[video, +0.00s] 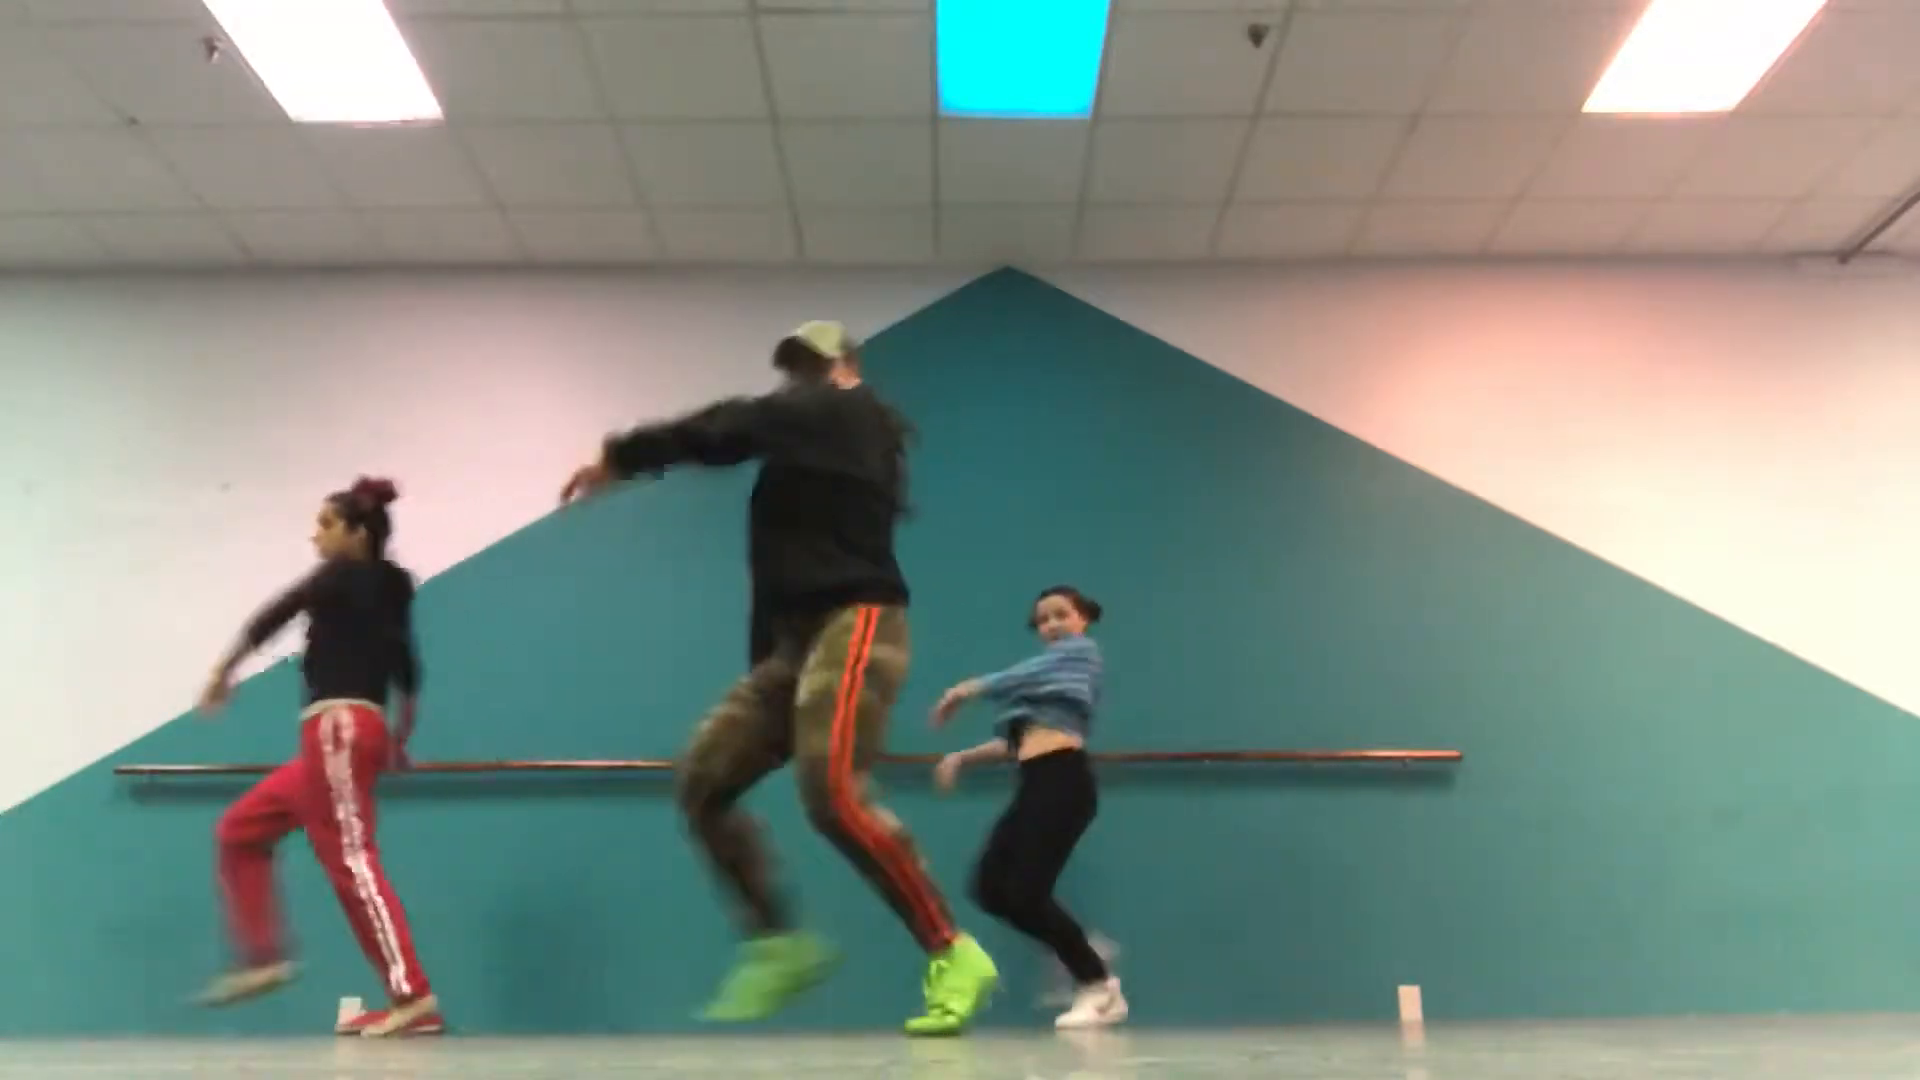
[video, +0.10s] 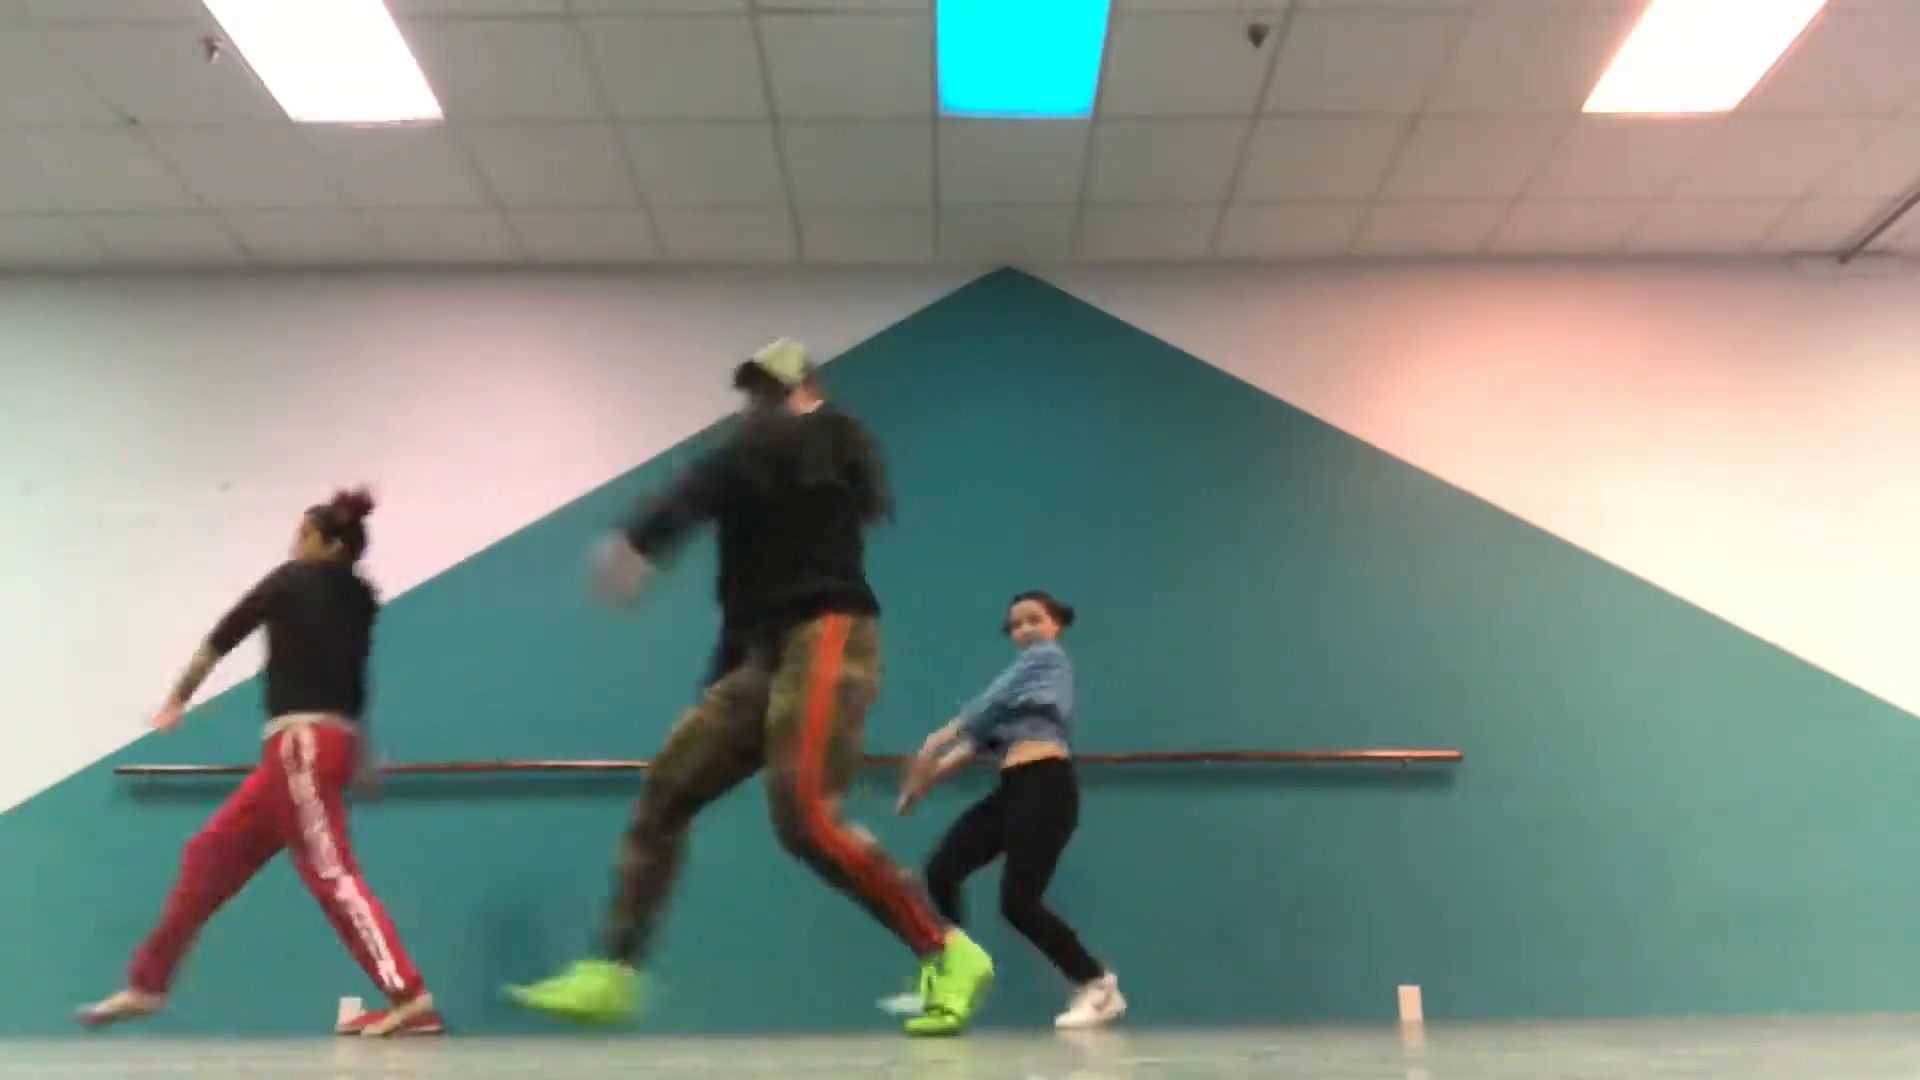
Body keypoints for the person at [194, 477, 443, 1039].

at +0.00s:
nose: (316, 535)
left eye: (325, 526)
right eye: (318, 525)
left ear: (357, 531)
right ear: (365, 534)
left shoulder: (336, 574)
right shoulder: (392, 584)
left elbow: (275, 615)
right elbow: (406, 664)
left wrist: (226, 669)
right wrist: (401, 733)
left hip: (337, 727)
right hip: (362, 730)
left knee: (350, 859)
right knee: (241, 829)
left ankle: (411, 997)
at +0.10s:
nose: (296, 544)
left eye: (303, 536)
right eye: (300, 535)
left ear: (322, 541)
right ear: (346, 546)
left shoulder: (295, 578)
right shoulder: (360, 593)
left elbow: (225, 635)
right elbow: (353, 674)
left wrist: (178, 697)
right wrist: (356, 745)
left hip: (300, 739)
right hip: (332, 738)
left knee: (328, 868)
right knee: (210, 855)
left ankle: (408, 996)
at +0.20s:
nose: (262, 576)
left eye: (271, 570)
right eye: (270, 567)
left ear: (280, 578)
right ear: (311, 587)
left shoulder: (243, 620)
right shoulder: (314, 634)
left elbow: (188, 689)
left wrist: (174, 758)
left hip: (269, 782)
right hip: (253, 786)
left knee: (290, 901)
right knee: (159, 872)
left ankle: (400, 994)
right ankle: (145, 1016)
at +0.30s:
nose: (200, 599)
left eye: (211, 592)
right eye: (205, 590)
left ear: (234, 603)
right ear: (237, 606)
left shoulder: (241, 645)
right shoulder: (231, 655)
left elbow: (253, 718)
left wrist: (251, 787)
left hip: (250, 806)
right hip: (221, 809)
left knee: (275, 933)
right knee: (117, 884)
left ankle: (400, 990)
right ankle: (141, 1015)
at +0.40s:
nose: (165, 597)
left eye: (175, 586)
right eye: (164, 587)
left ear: (210, 592)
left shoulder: (257, 639)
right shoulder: (188, 668)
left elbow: (313, 705)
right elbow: (156, 743)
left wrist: (299, 782)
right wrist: (112, 804)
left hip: (254, 800)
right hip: (198, 800)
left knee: (261, 911)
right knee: (108, 886)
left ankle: (391, 984)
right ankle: (141, 1016)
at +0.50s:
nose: (184, 579)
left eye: (194, 566)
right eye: (179, 567)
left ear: (227, 563)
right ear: (178, 570)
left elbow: (327, 684)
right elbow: (181, 716)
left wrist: (313, 745)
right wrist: (189, 775)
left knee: (282, 879)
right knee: (121, 874)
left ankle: (290, 995)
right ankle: (139, 1012)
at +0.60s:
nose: (227, 554)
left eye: (238, 542)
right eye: (221, 543)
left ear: (267, 543)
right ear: (214, 544)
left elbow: (326, 669)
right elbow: (208, 687)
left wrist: (317, 718)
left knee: (286, 882)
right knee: (145, 867)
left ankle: (256, 1011)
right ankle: (122, 1000)